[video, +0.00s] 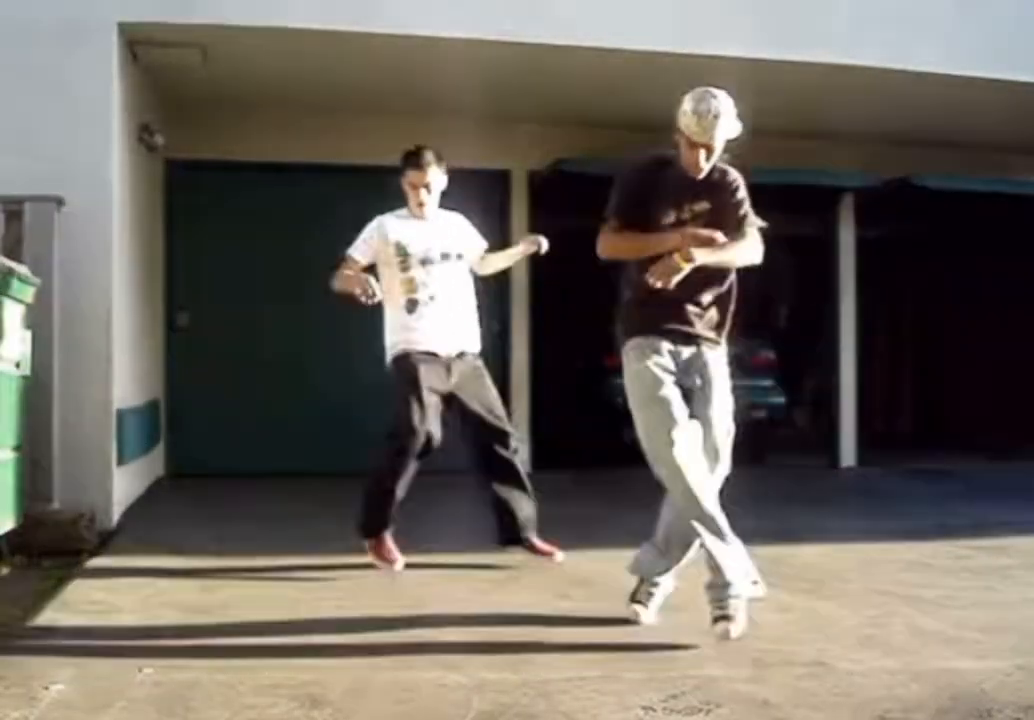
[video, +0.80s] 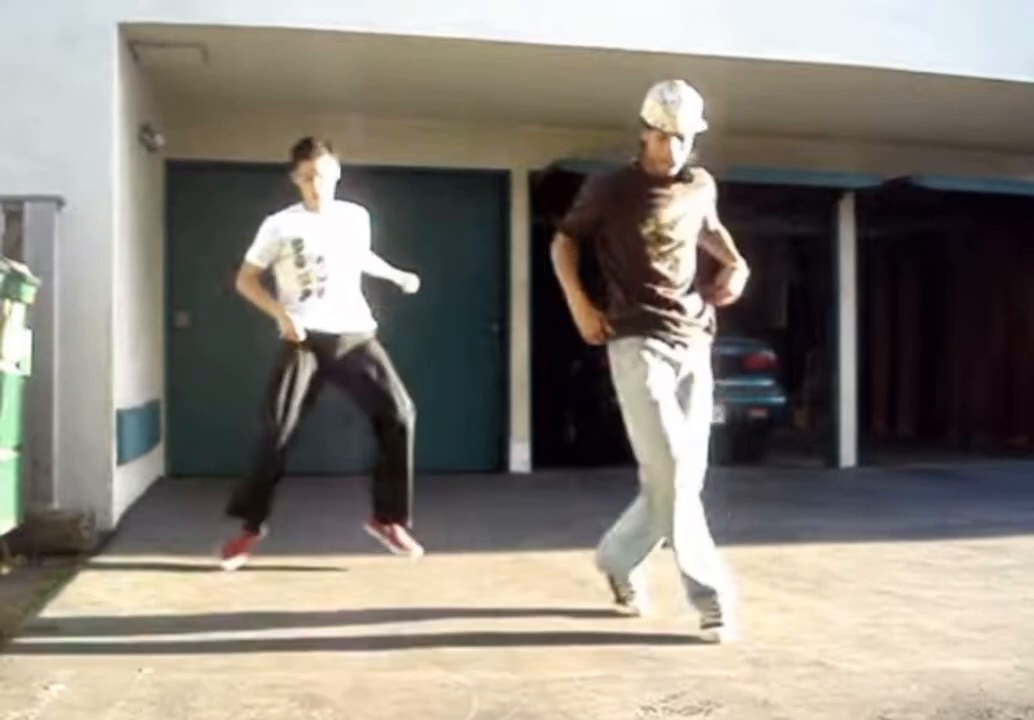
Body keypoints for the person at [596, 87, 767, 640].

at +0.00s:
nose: (700, 157)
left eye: (711, 147)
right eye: (693, 145)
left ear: (725, 141)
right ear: (677, 133)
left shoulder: (728, 183)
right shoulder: (643, 176)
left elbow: (752, 248)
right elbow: (607, 243)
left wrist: (689, 259)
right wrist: (676, 238)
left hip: (707, 340)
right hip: (650, 336)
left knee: (712, 461)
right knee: (674, 451)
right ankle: (732, 576)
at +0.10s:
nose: (678, 173)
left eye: (689, 163)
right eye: (671, 160)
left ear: (703, 160)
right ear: (655, 149)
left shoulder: (706, 206)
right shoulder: (621, 195)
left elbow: (732, 271)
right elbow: (583, 263)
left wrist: (695, 283)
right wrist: (643, 255)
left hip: (686, 365)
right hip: (630, 359)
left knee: (676, 478)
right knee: (663, 474)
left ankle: (625, 574)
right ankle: (732, 595)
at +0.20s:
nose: (649, 154)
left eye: (660, 146)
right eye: (642, 142)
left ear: (672, 143)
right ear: (625, 130)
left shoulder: (678, 181)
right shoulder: (586, 172)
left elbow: (718, 245)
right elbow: (535, 214)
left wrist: (714, 303)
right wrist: (592, 241)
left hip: (666, 346)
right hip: (608, 343)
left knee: (679, 465)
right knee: (619, 462)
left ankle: (640, 569)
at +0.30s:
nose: (633, 145)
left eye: (643, 135)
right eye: (625, 132)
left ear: (655, 133)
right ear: (607, 121)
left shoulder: (659, 172)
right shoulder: (569, 165)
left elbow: (688, 230)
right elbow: (509, 217)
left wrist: (686, 302)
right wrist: (547, 275)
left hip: (651, 340)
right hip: (589, 341)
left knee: (702, 445)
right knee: (584, 458)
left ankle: (694, 566)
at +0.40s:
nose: (622, 159)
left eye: (632, 149)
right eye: (614, 146)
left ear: (643, 149)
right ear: (594, 140)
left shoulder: (643, 201)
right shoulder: (554, 194)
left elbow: (643, 265)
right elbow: (496, 254)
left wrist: (640, 329)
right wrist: (514, 332)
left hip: (632, 365)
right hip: (569, 368)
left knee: (702, 467)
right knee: (550, 486)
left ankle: (766, 575)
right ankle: (474, 577)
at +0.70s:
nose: (643, 133)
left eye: (653, 122)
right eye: (634, 120)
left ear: (666, 124)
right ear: (615, 116)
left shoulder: (664, 169)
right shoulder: (581, 170)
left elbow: (634, 229)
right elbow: (520, 216)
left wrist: (652, 280)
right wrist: (553, 289)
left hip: (671, 325)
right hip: (614, 331)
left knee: (721, 438)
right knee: (609, 457)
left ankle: (696, 549)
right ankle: (552, 577)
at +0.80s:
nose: (667, 148)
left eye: (678, 137)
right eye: (658, 135)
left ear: (694, 139)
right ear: (642, 132)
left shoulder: (701, 185)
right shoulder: (612, 188)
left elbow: (704, 225)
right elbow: (562, 243)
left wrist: (735, 263)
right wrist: (580, 307)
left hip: (694, 341)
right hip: (639, 341)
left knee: (687, 469)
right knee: (669, 467)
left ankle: (618, 556)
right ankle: (710, 595)